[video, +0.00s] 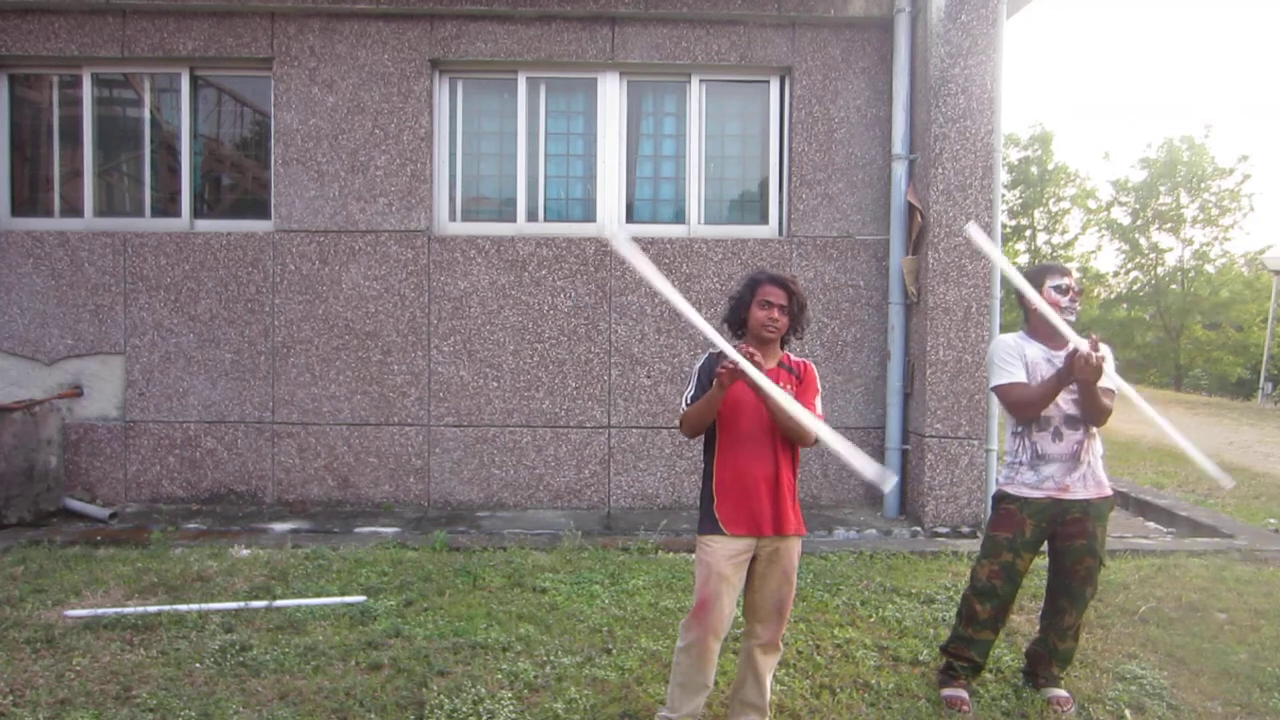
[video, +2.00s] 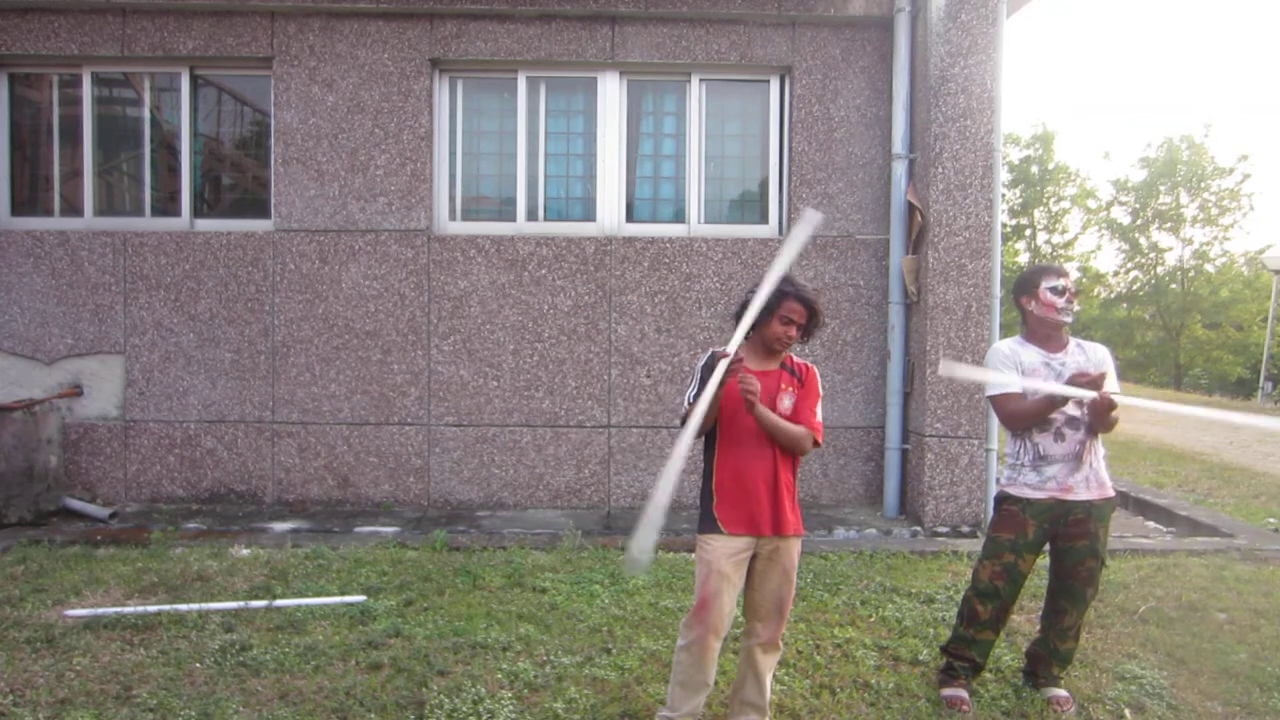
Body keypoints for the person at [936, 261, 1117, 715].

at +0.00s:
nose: (1070, 299)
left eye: (1075, 295)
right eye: (1060, 290)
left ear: (1078, 304)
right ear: (1030, 297)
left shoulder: (1095, 354)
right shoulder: (1007, 347)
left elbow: (1099, 417)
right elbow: (1021, 407)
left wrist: (1086, 378)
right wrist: (1069, 372)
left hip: (1085, 494)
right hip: (1025, 491)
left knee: (1074, 592)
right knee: (991, 583)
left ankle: (1045, 670)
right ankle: (957, 674)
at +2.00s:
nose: (1069, 298)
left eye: (1072, 292)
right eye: (1057, 290)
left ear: (1075, 303)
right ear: (1026, 301)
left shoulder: (1095, 354)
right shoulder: (1004, 354)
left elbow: (1106, 425)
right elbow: (1014, 419)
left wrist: (1099, 401)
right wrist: (1066, 392)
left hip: (1087, 496)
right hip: (1026, 494)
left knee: (1075, 593)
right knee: (992, 584)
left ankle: (1045, 670)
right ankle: (957, 673)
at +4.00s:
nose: (1068, 299)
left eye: (1072, 293)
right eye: (1056, 291)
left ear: (1075, 304)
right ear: (1026, 302)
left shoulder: (1094, 355)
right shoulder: (1004, 356)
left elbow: (1108, 425)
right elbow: (1014, 422)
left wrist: (1104, 396)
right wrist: (1066, 398)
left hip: (1088, 496)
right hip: (1028, 494)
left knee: (1076, 593)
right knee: (994, 585)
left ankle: (1045, 670)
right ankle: (957, 674)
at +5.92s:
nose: (1068, 299)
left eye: (1072, 294)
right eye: (1057, 290)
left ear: (1075, 308)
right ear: (1026, 302)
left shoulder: (1091, 356)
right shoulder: (1007, 358)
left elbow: (1111, 421)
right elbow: (1024, 422)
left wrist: (1119, 379)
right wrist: (1064, 381)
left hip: (1096, 498)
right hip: (1036, 496)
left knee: (1080, 597)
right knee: (999, 587)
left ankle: (1045, 673)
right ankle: (959, 674)